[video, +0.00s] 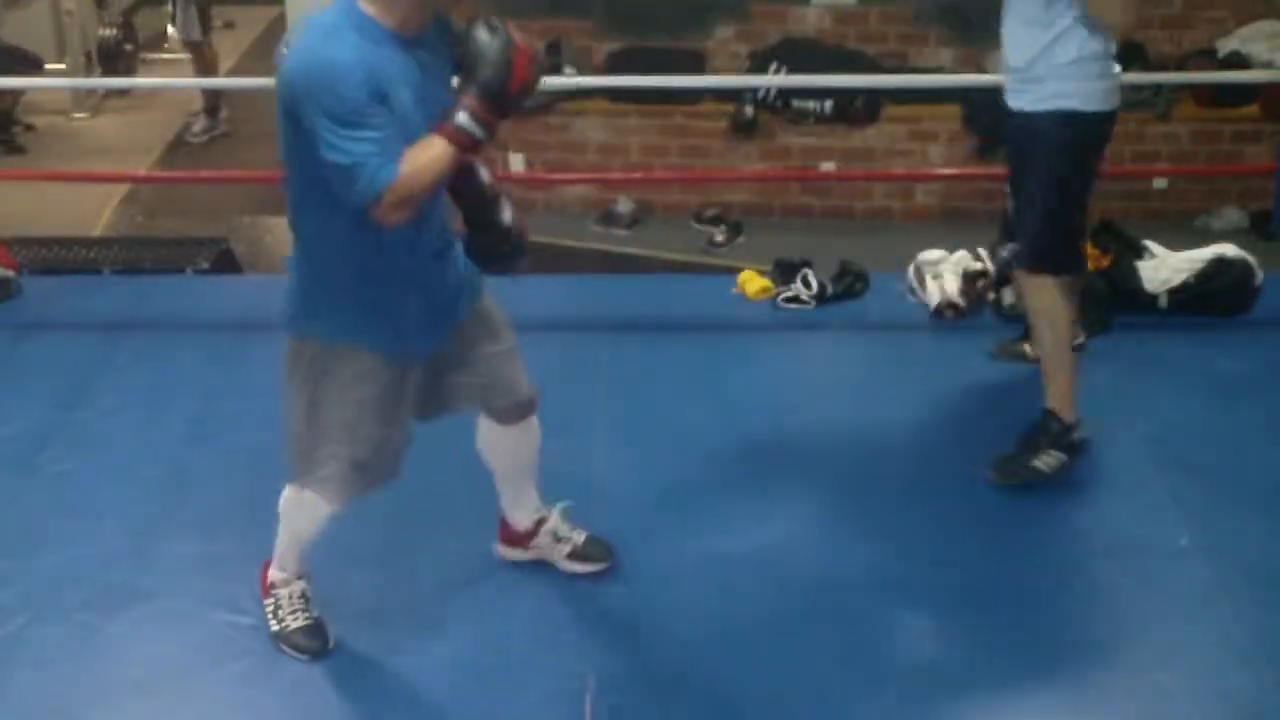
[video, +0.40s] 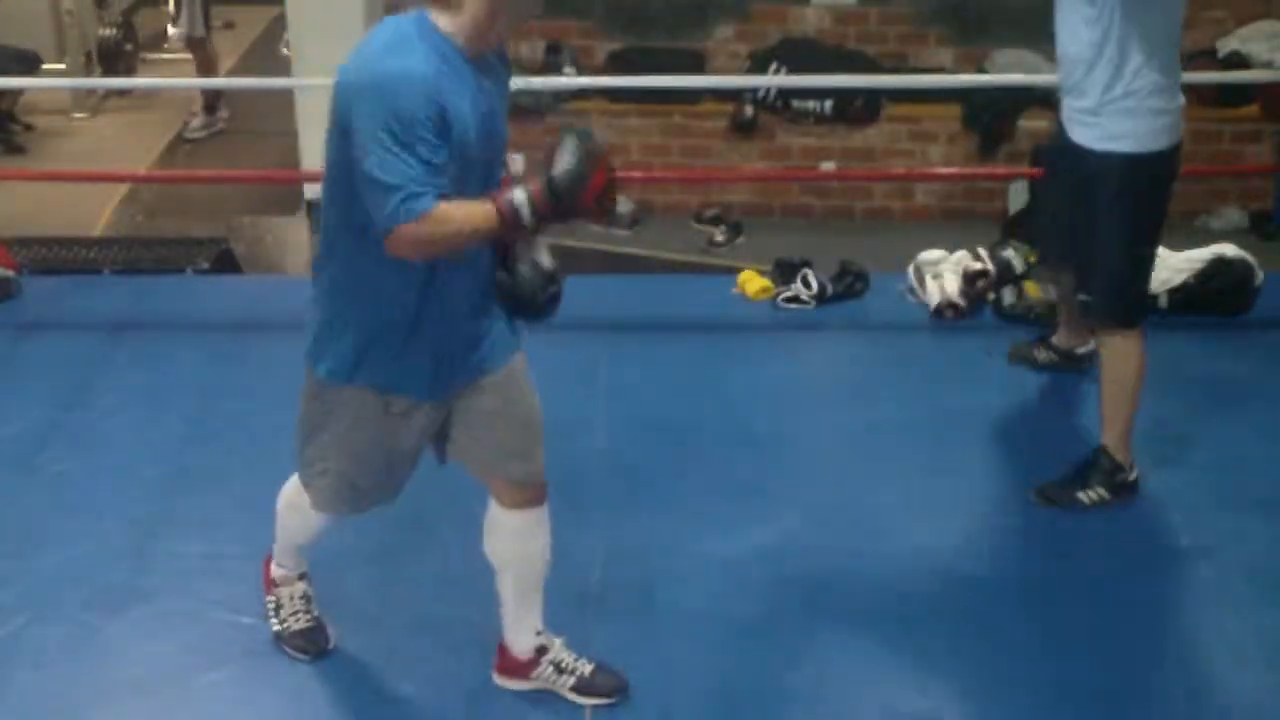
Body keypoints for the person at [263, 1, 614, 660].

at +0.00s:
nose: (461, 3)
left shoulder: (434, 34)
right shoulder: (323, 63)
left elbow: (439, 143)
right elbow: (389, 198)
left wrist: (479, 205)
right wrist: (477, 109)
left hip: (439, 276)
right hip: (353, 299)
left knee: (511, 403)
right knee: (338, 469)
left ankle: (525, 526)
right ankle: (282, 577)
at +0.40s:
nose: (529, 13)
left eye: (527, 9)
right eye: (525, 5)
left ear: (492, 6)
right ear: (491, 0)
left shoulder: (484, 61)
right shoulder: (388, 75)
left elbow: (478, 177)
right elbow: (406, 232)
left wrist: (514, 246)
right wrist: (531, 203)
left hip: (470, 324)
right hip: (378, 341)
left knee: (522, 483)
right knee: (333, 488)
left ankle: (523, 649)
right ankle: (283, 571)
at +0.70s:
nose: (640, 17)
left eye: (643, 10)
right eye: (640, 5)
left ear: (608, 6)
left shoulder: (586, 70)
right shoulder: (487, 32)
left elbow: (559, 202)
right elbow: (373, 148)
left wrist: (614, 265)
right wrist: (494, 241)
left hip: (531, 347)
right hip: (438, 351)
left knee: (540, 504)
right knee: (432, 560)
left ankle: (527, 652)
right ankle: (336, 641)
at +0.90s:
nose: (658, 11)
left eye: (658, 4)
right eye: (654, 0)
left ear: (614, 2)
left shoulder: (596, 65)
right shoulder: (497, 67)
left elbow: (590, 203)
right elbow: (417, 211)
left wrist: (634, 286)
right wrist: (565, 246)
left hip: (555, 358)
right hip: (483, 371)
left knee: (540, 514)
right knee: (497, 598)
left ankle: (526, 653)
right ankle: (434, 710)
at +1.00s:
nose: (665, 6)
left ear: (596, 7)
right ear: (609, 4)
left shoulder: (583, 80)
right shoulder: (514, 97)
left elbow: (569, 228)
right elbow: (464, 268)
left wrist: (623, 299)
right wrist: (615, 256)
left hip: (561, 381)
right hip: (504, 401)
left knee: (552, 529)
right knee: (512, 635)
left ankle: (535, 650)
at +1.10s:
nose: (669, 11)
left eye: (664, 3)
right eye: (660, 1)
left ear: (597, 12)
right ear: (619, 9)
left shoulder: (564, 97)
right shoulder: (533, 138)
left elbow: (566, 266)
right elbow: (525, 327)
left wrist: (645, 272)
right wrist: (654, 276)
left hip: (567, 415)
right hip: (527, 440)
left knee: (568, 558)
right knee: (543, 665)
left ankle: (553, 665)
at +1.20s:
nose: (681, 20)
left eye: (678, 7)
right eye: (672, 6)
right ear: (626, 14)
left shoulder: (508, 95)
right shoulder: (565, 170)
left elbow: (556, 271)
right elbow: (581, 360)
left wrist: (664, 275)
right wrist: (681, 301)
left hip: (509, 431)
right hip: (551, 472)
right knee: (563, 687)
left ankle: (538, 658)